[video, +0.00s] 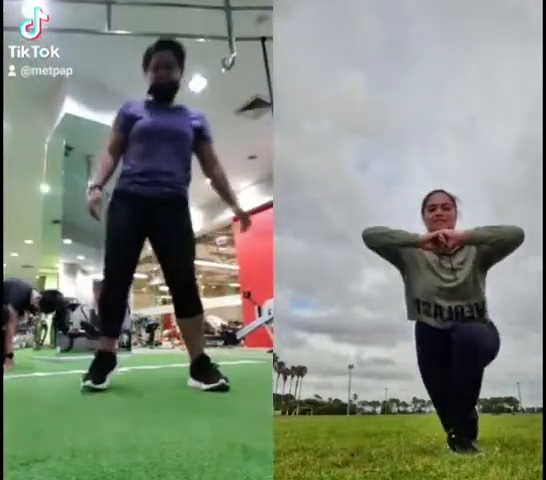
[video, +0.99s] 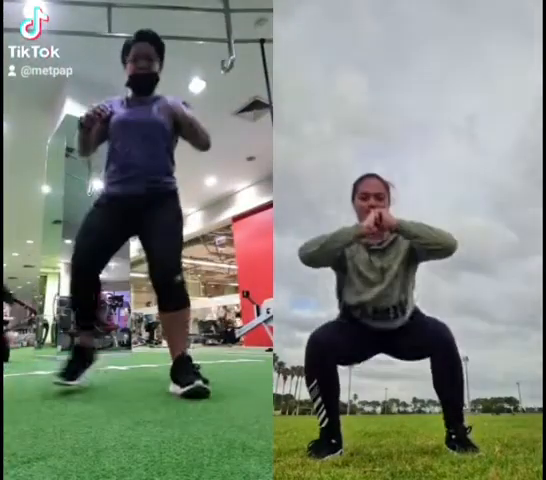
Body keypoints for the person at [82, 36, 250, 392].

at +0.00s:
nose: (163, 73)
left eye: (170, 68)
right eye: (157, 68)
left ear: (181, 74)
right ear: (147, 73)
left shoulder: (193, 120)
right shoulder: (131, 111)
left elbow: (212, 168)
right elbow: (112, 152)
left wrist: (236, 206)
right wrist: (96, 185)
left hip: (171, 204)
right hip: (128, 201)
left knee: (183, 281)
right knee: (116, 280)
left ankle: (199, 361)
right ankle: (105, 355)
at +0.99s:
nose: (141, 65)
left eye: (149, 59)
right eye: (135, 59)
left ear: (160, 66)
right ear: (124, 65)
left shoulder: (170, 107)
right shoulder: (111, 109)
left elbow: (203, 143)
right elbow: (86, 150)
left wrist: (178, 114)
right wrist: (87, 128)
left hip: (159, 200)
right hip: (115, 201)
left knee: (168, 276)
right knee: (83, 265)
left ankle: (182, 365)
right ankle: (84, 346)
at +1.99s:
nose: (88, 99)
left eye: (97, 92)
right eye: (81, 90)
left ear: (108, 100)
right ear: (67, 92)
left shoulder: (114, 140)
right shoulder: (48, 136)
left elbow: (122, 178)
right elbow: (9, 172)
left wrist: (88, 130)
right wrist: (46, 126)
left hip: (93, 242)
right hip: (47, 236)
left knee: (95, 324)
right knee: (44, 275)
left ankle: (90, 355)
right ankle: (47, 369)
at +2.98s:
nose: (152, 135)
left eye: (160, 126)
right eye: (142, 125)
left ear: (171, 135)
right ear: (128, 135)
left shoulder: (178, 179)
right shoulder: (112, 172)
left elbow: (225, 201)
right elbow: (85, 207)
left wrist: (178, 152)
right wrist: (127, 158)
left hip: (160, 271)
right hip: (111, 270)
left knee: (209, 275)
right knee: (63, 268)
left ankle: (206, 369)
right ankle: (47, 373)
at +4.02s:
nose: (167, 120)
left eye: (175, 114)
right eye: (159, 115)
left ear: (187, 123)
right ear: (148, 126)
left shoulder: (201, 159)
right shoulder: (137, 169)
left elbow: (239, 192)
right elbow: (117, 218)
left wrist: (184, 161)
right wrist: (143, 171)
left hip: (205, 245)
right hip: (162, 251)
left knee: (203, 271)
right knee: (171, 317)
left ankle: (207, 364)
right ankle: (186, 357)